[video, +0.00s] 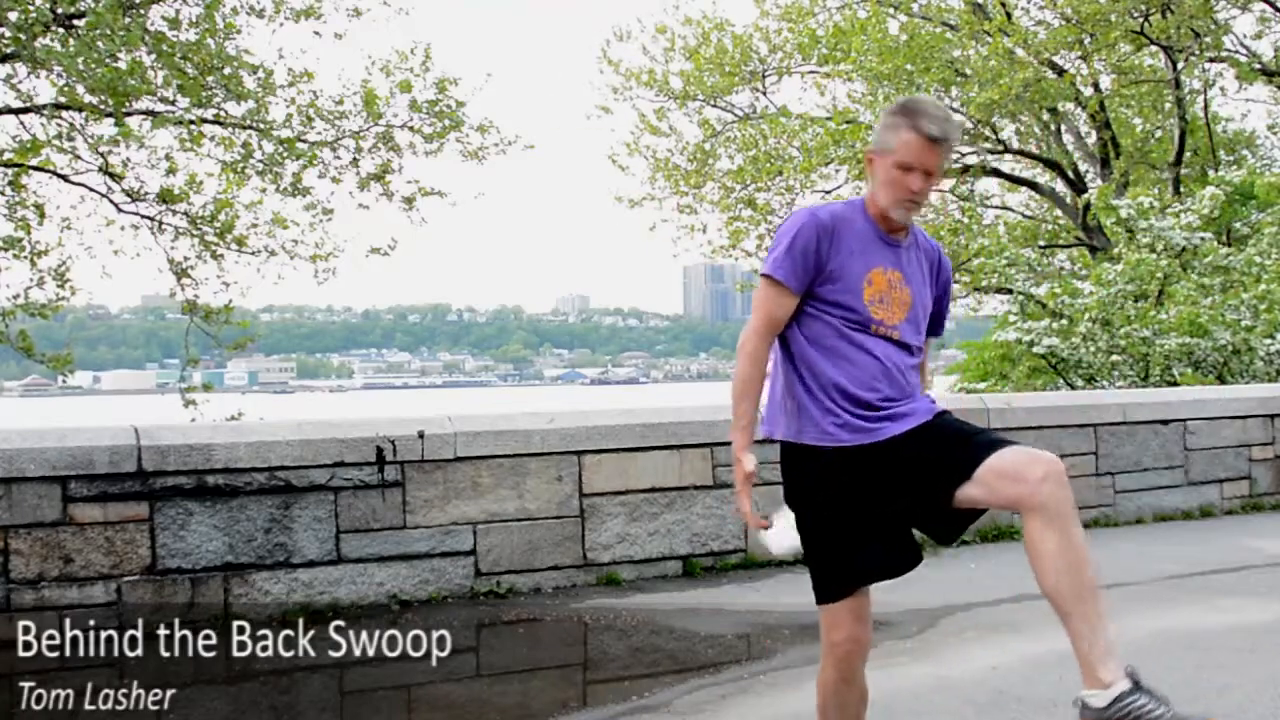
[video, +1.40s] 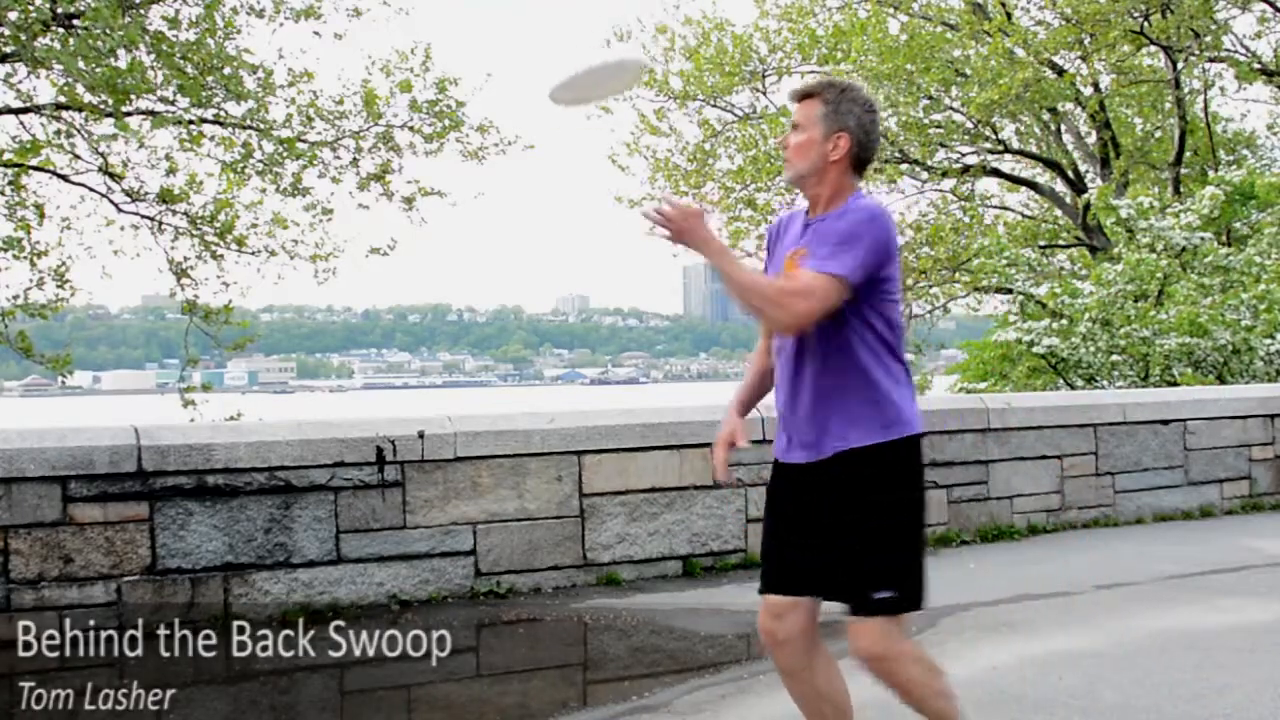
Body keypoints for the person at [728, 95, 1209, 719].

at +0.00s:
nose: (919, 187)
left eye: (931, 175)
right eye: (907, 170)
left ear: (941, 177)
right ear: (870, 160)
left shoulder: (930, 262)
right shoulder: (815, 229)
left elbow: (915, 371)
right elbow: (757, 338)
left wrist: (939, 457)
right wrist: (741, 451)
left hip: (908, 436)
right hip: (825, 453)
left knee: (1042, 478)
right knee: (846, 641)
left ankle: (1106, 685)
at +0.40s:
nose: (842, 135)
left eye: (859, 123)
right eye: (839, 122)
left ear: (904, 140)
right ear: (835, 130)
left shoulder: (938, 227)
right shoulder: (800, 210)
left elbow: (904, 325)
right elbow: (779, 328)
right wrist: (819, 435)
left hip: (928, 424)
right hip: (835, 435)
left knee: (1021, 553)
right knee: (847, 624)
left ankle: (1036, 715)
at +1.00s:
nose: (824, 118)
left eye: (840, 107)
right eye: (829, 106)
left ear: (884, 127)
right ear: (871, 127)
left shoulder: (942, 212)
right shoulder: (796, 215)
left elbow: (992, 317)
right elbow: (777, 327)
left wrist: (931, 356)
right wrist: (802, 416)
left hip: (928, 448)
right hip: (834, 451)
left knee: (957, 613)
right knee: (816, 621)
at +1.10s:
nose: (811, 122)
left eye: (827, 111)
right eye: (816, 110)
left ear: (870, 131)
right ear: (853, 131)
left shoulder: (925, 207)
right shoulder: (790, 215)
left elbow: (951, 326)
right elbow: (771, 325)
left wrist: (842, 318)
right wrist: (775, 407)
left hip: (916, 446)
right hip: (824, 449)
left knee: (950, 619)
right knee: (796, 621)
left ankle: (987, 719)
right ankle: (847, 719)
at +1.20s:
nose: (804, 126)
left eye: (819, 115)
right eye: (809, 114)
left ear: (862, 132)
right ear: (849, 133)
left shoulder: (911, 207)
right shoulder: (787, 221)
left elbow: (916, 327)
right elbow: (773, 320)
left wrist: (796, 294)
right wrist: (764, 404)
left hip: (908, 448)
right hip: (817, 450)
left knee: (942, 626)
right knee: (792, 621)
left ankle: (982, 719)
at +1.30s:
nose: (792, 134)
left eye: (806, 124)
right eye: (796, 123)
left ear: (846, 142)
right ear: (834, 143)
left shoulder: (881, 214)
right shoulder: (784, 224)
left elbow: (836, 319)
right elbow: (772, 331)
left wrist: (738, 258)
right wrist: (746, 407)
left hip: (886, 446)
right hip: (806, 450)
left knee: (906, 636)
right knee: (787, 625)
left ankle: (966, 715)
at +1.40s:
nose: (784, 139)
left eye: (797, 129)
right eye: (788, 128)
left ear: (838, 146)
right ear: (825, 147)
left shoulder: (866, 219)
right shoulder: (783, 228)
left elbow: (794, 311)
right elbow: (778, 338)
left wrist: (710, 246)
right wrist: (738, 409)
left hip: (875, 449)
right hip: (801, 453)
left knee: (876, 640)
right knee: (784, 626)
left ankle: (950, 712)